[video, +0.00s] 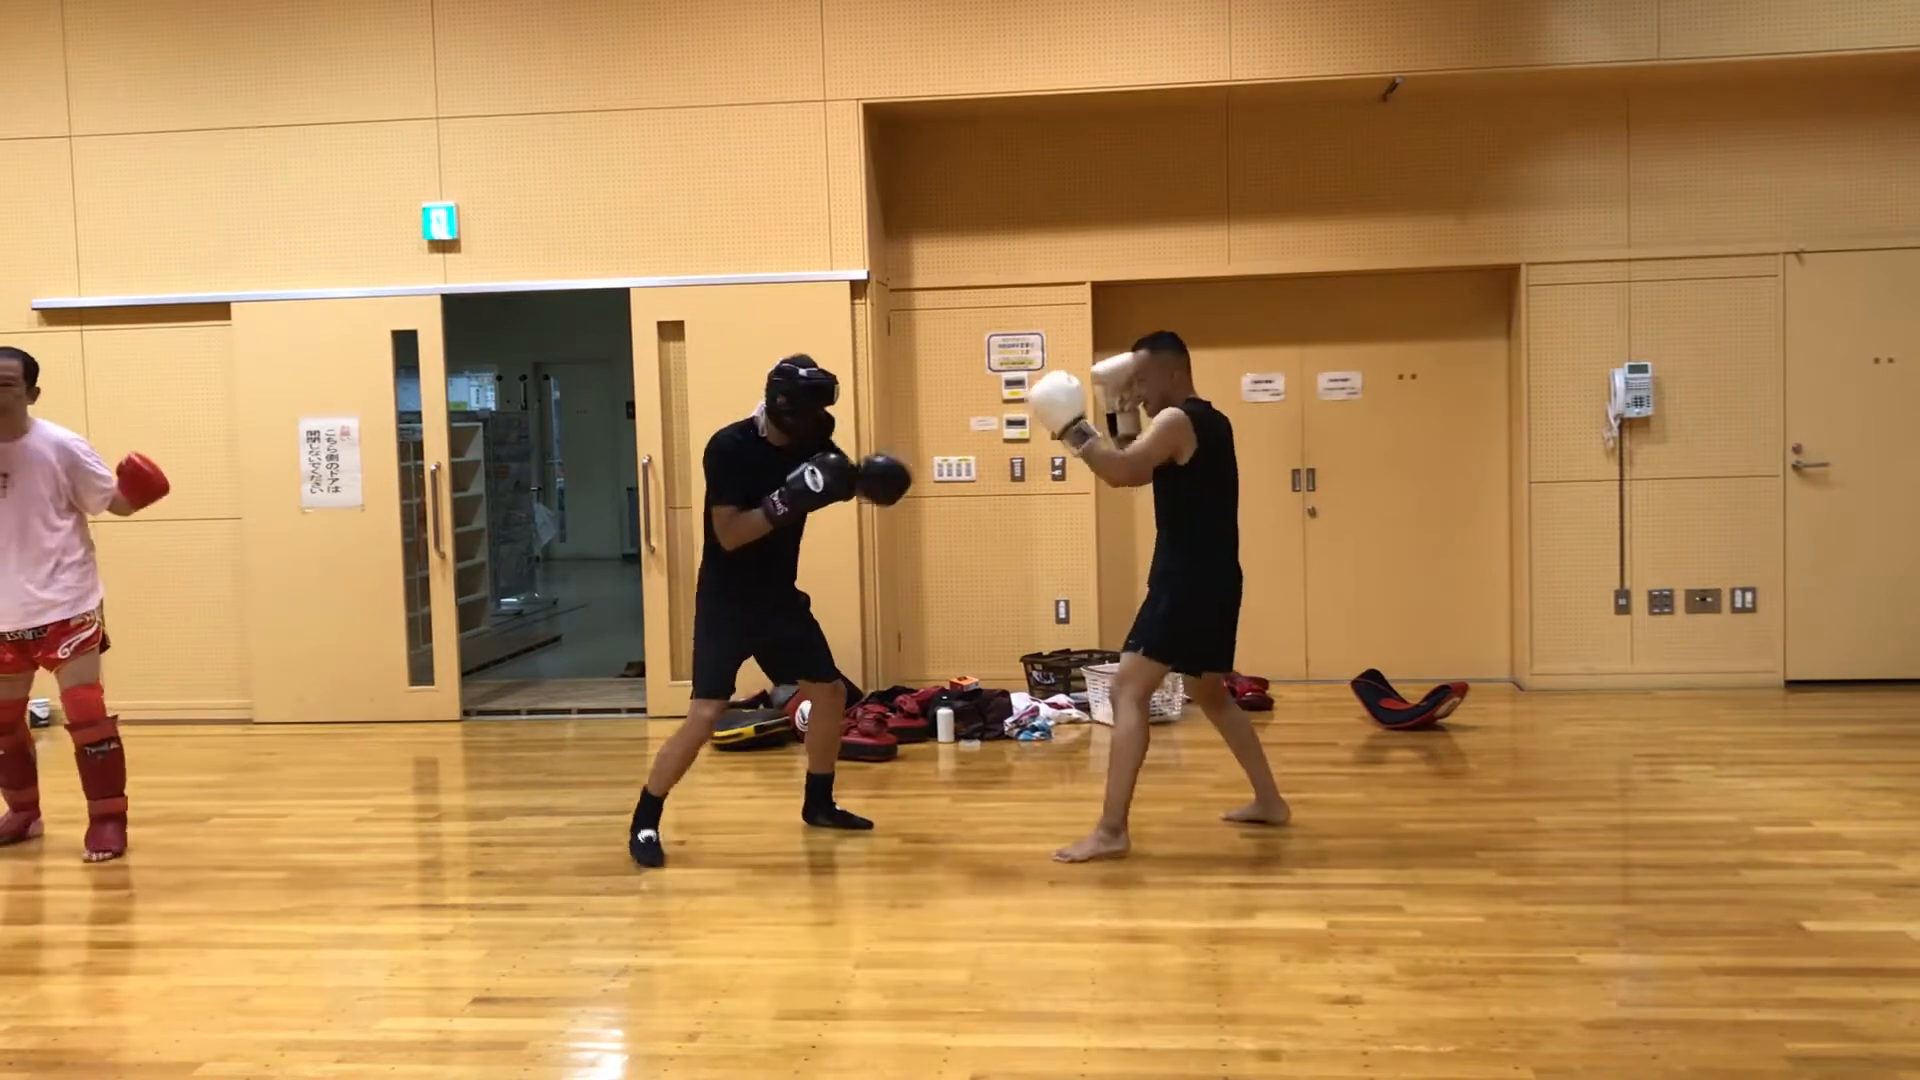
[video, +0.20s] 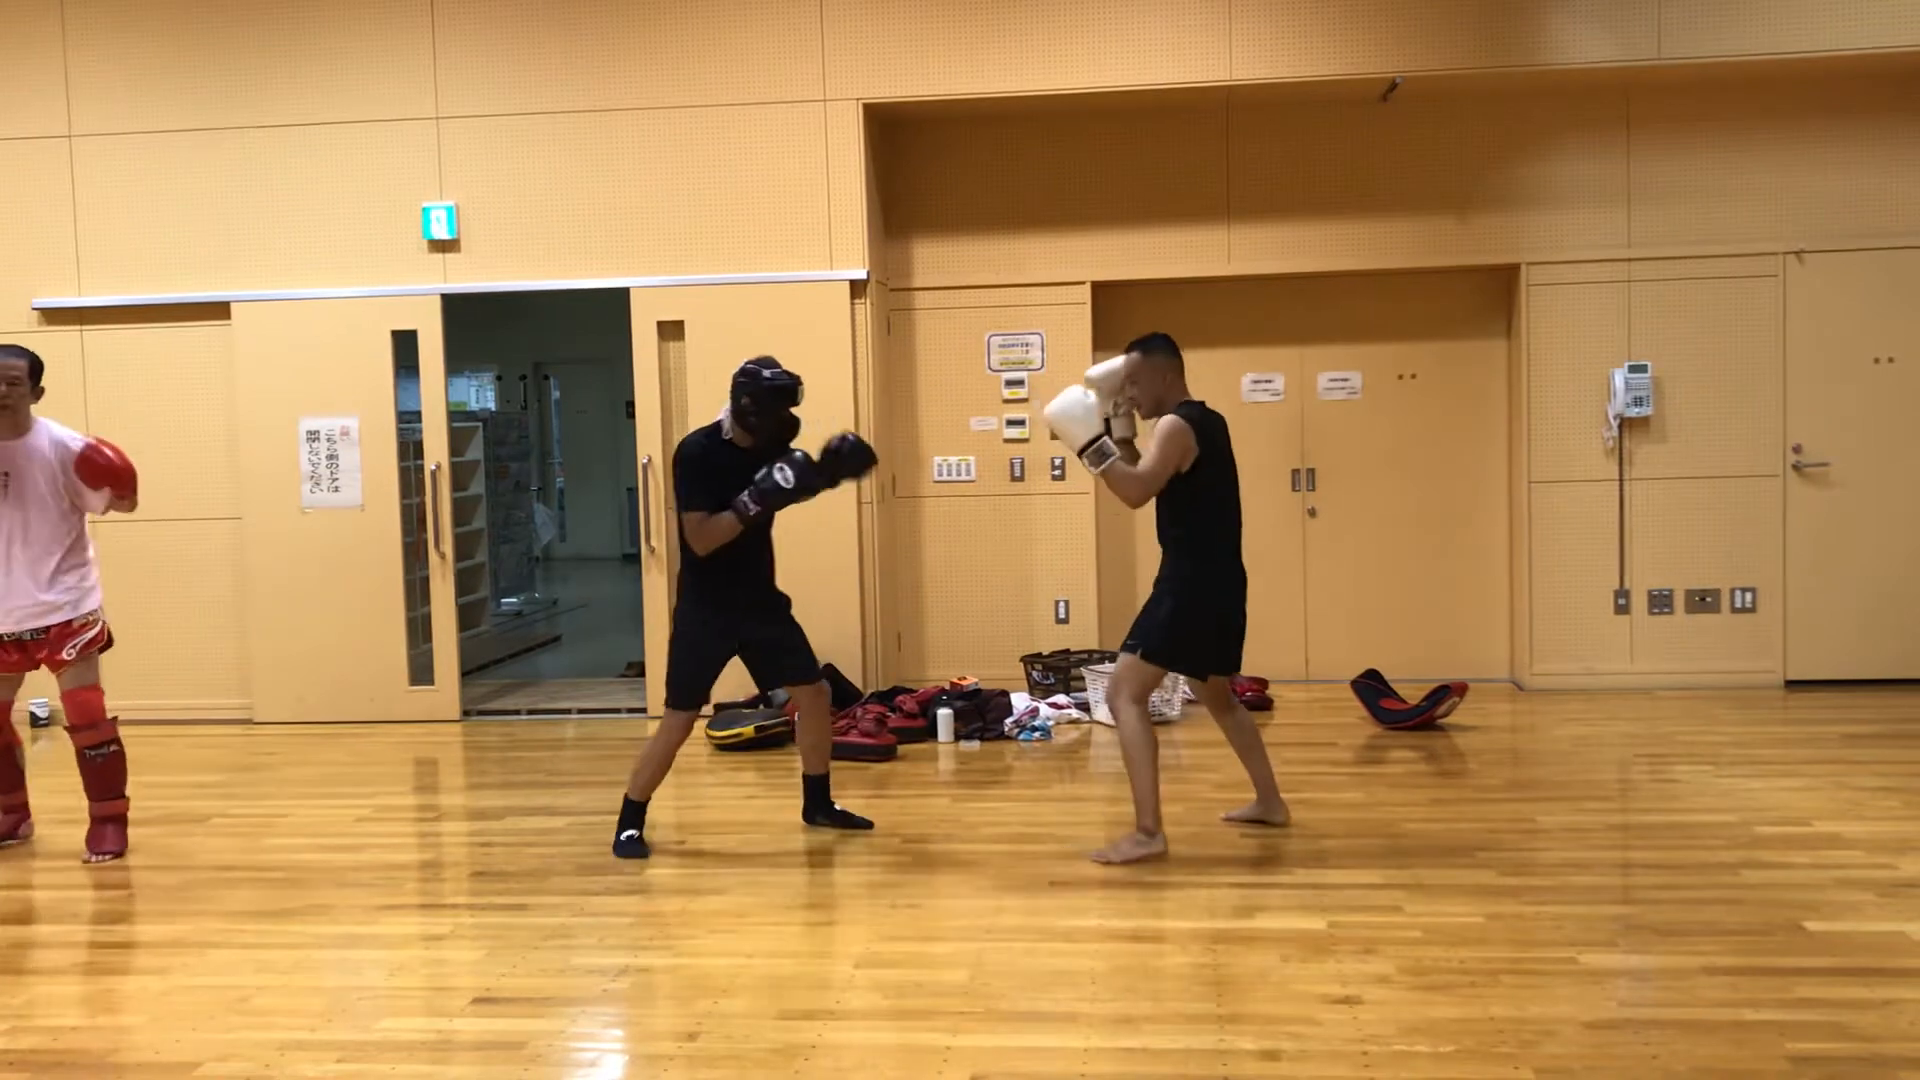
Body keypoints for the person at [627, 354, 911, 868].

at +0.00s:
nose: (821, 421)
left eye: (823, 412)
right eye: (812, 412)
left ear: (816, 411)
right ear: (780, 406)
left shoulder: (815, 440)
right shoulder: (729, 448)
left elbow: (829, 483)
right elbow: (728, 535)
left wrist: (868, 481)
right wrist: (791, 497)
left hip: (780, 599)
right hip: (724, 603)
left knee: (830, 693)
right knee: (704, 716)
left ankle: (818, 804)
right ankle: (645, 819)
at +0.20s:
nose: (789, 422)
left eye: (789, 412)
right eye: (780, 413)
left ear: (775, 411)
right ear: (747, 410)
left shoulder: (772, 448)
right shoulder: (696, 454)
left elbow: (788, 491)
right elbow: (700, 540)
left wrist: (830, 468)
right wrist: (757, 498)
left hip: (761, 602)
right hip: (704, 609)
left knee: (813, 695)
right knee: (678, 723)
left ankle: (818, 806)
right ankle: (630, 822)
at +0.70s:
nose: (805, 415)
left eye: (808, 405)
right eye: (796, 406)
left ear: (804, 403)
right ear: (764, 404)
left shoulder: (801, 448)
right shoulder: (715, 452)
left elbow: (855, 491)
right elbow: (702, 533)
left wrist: (875, 461)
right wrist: (755, 498)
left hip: (782, 605)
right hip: (725, 610)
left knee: (847, 692)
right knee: (690, 721)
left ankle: (880, 805)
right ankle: (632, 822)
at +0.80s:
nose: (838, 413)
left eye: (839, 404)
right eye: (829, 405)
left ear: (828, 405)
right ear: (798, 401)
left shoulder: (827, 447)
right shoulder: (750, 445)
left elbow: (877, 489)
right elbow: (726, 522)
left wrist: (911, 456)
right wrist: (779, 488)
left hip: (801, 602)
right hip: (747, 606)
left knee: (863, 688)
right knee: (713, 719)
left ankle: (881, 802)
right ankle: (643, 813)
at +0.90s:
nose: (870, 415)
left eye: (873, 407)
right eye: (864, 405)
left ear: (842, 405)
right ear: (836, 402)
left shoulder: (834, 450)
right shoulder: (799, 433)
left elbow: (839, 528)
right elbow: (812, 482)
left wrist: (882, 502)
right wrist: (868, 449)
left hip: (809, 595)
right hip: (765, 597)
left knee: (869, 685)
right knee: (754, 719)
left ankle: (882, 801)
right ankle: (679, 807)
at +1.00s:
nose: (887, 419)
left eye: (888, 411)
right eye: (883, 410)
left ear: (847, 403)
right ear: (857, 402)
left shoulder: (834, 457)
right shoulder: (819, 428)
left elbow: (825, 543)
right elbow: (896, 433)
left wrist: (881, 519)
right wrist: (959, 414)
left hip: (817, 594)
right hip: (777, 594)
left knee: (882, 684)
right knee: (752, 716)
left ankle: (881, 802)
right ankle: (673, 810)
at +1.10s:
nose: (914, 417)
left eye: (917, 410)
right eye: (911, 409)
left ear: (881, 399)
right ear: (889, 403)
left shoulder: (881, 463)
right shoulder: (838, 416)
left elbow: (892, 536)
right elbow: (893, 429)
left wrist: (935, 500)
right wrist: (960, 407)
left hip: (835, 586)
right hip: (788, 580)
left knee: (892, 684)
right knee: (752, 697)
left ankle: (883, 803)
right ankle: (681, 806)